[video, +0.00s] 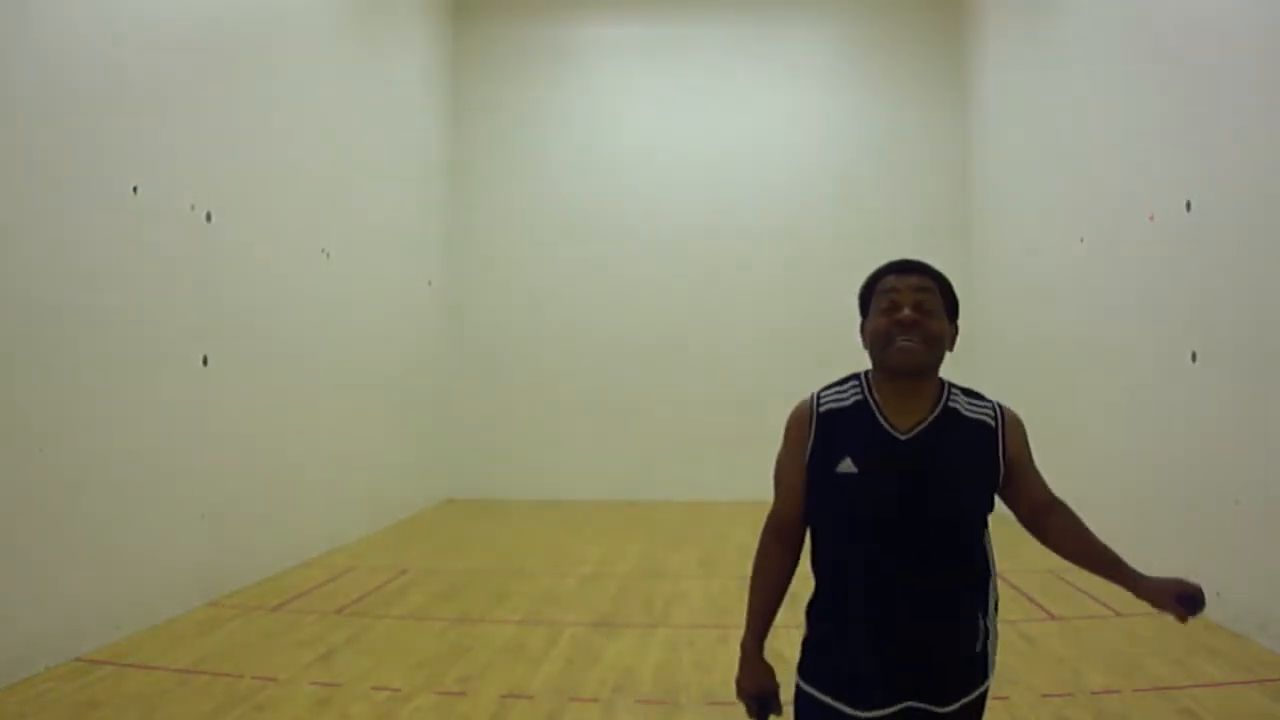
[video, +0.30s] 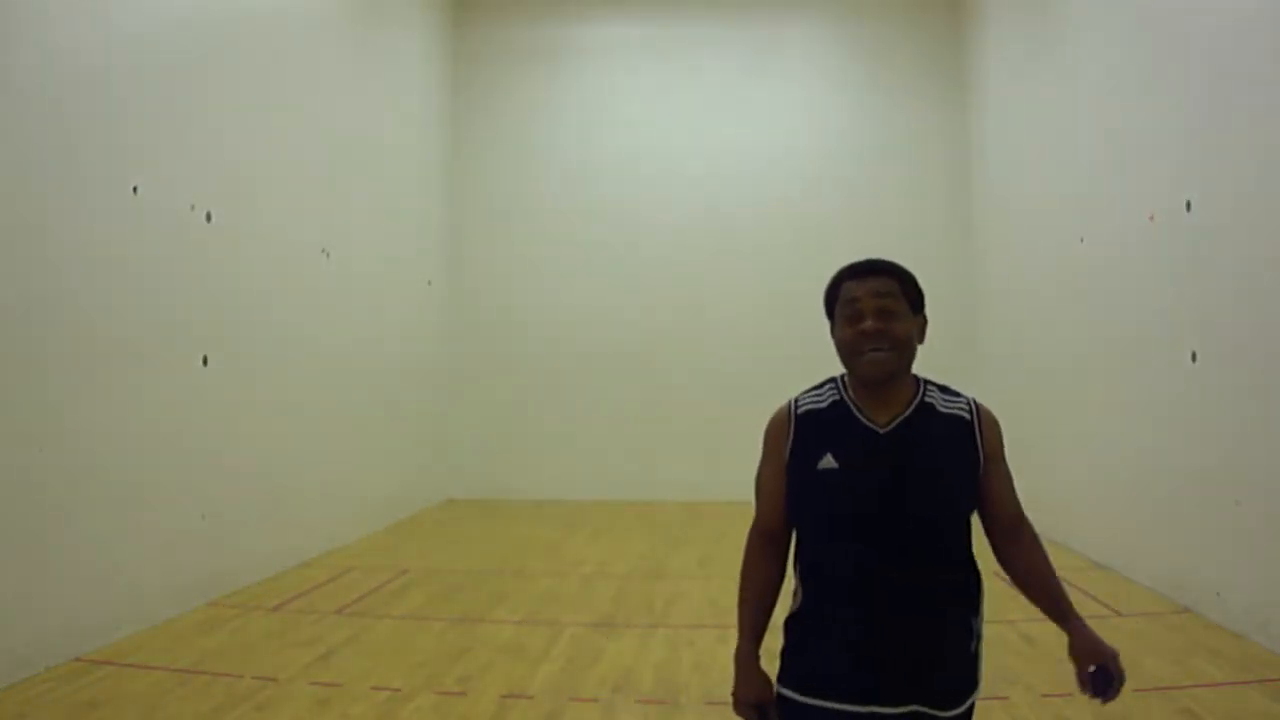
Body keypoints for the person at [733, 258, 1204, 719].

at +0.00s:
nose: (906, 315)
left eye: (924, 308)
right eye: (888, 306)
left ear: (951, 336)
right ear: (862, 332)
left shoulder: (992, 428)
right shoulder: (817, 421)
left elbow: (1046, 515)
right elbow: (783, 533)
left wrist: (1141, 584)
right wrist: (752, 649)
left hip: (951, 677)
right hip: (843, 673)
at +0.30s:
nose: (871, 326)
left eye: (889, 312)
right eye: (853, 315)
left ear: (920, 327)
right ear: (832, 335)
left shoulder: (969, 426)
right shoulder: (795, 427)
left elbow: (1011, 535)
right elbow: (768, 541)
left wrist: (1077, 629)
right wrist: (747, 658)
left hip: (936, 682)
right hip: (825, 679)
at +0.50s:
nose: (842, 317)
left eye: (859, 304)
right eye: (823, 309)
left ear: (892, 324)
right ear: (803, 333)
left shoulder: (944, 422)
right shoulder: (762, 424)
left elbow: (983, 531)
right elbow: (730, 535)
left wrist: (1000, 637)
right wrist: (703, 653)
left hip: (905, 684)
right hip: (787, 685)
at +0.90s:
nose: (778, 325)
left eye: (795, 306)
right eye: (758, 313)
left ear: (832, 318)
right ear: (741, 332)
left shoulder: (896, 422)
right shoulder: (714, 428)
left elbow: (952, 535)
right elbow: (667, 539)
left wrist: (966, 671)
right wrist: (652, 659)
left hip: (863, 691)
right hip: (746, 692)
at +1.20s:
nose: (781, 323)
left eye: (800, 306)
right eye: (766, 313)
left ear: (843, 315)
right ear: (753, 330)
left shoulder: (905, 419)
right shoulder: (720, 415)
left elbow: (1014, 502)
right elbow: (613, 487)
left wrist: (967, 641)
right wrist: (600, 616)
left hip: (865, 695)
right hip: (746, 691)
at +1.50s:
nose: (806, 329)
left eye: (828, 315)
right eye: (798, 316)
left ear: (878, 329)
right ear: (787, 327)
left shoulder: (928, 432)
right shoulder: (756, 426)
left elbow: (966, 541)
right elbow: (679, 515)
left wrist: (976, 615)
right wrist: (634, 617)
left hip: (893, 685)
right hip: (782, 680)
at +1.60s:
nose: (821, 341)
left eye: (842, 328)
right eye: (811, 329)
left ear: (887, 340)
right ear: (799, 338)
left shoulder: (937, 435)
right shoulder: (765, 428)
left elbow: (959, 541)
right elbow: (716, 526)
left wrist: (945, 620)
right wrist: (694, 629)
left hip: (894, 686)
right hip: (787, 683)